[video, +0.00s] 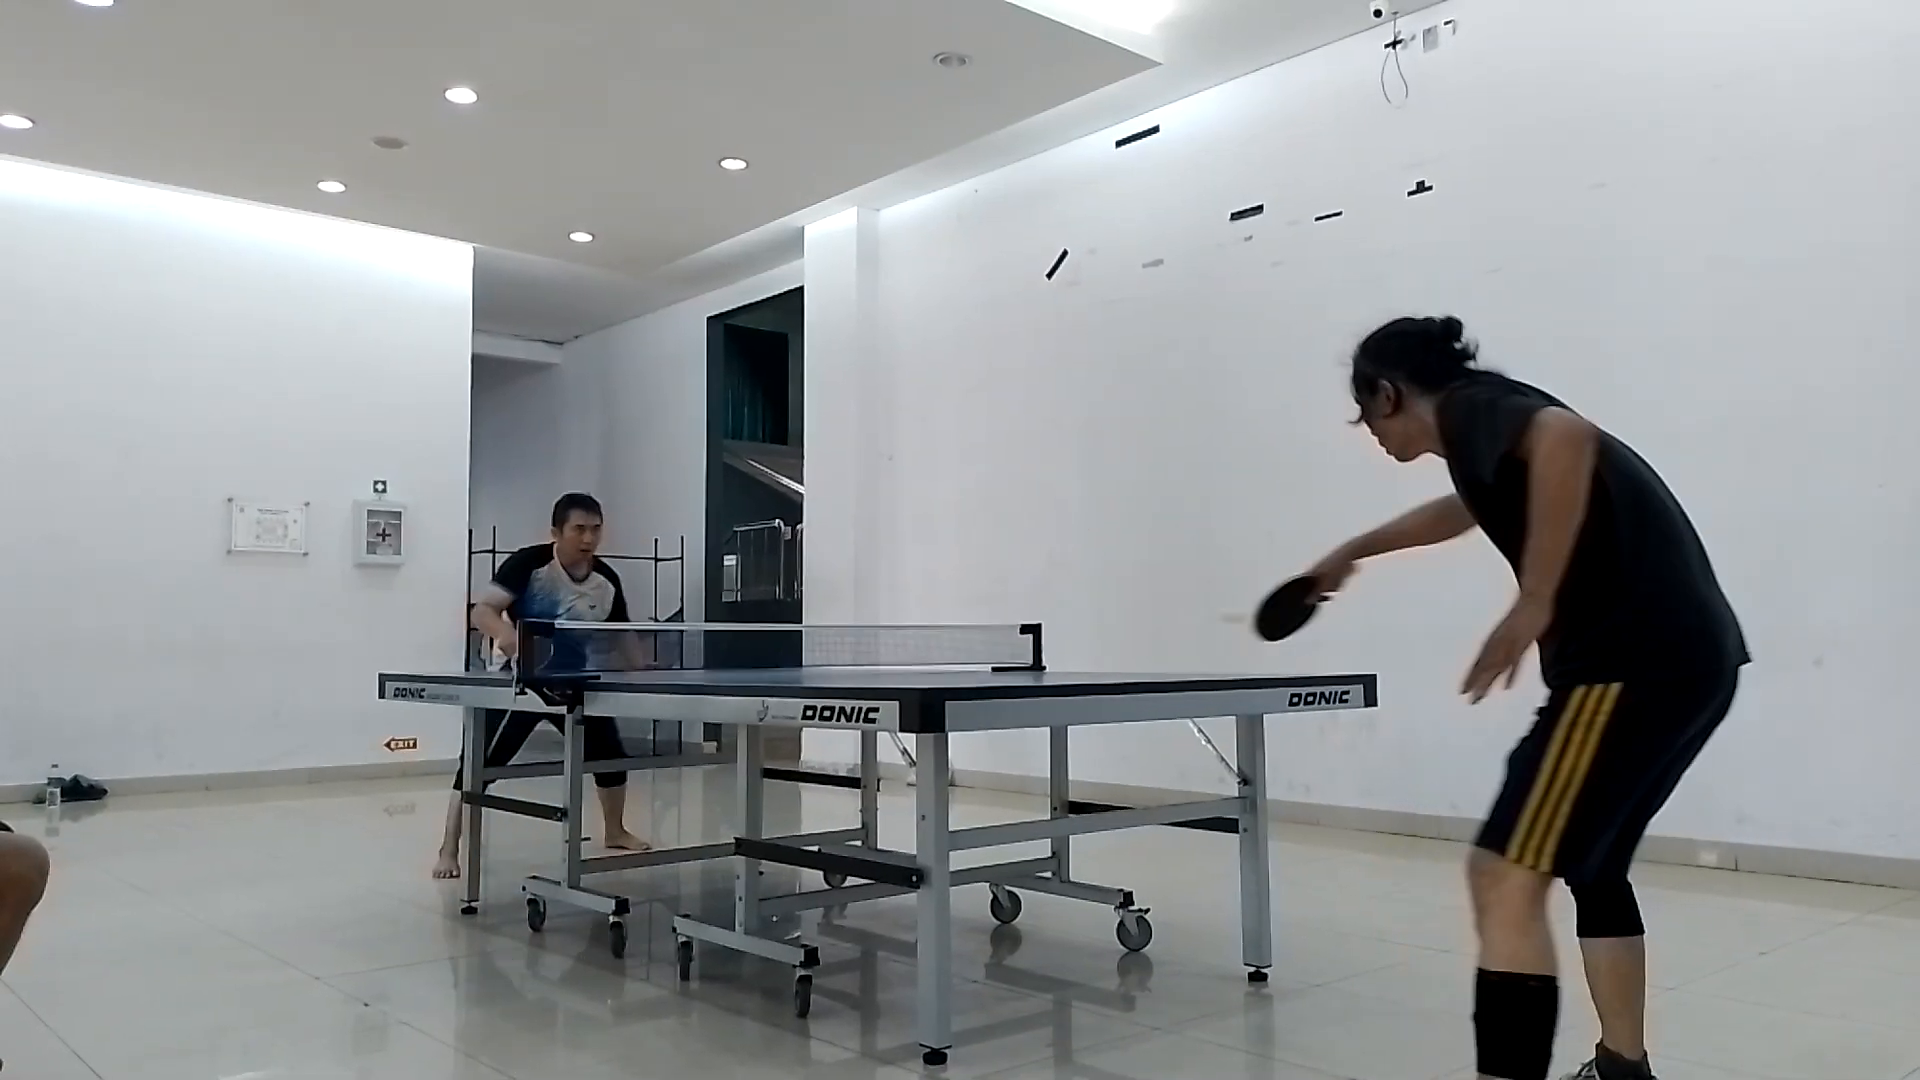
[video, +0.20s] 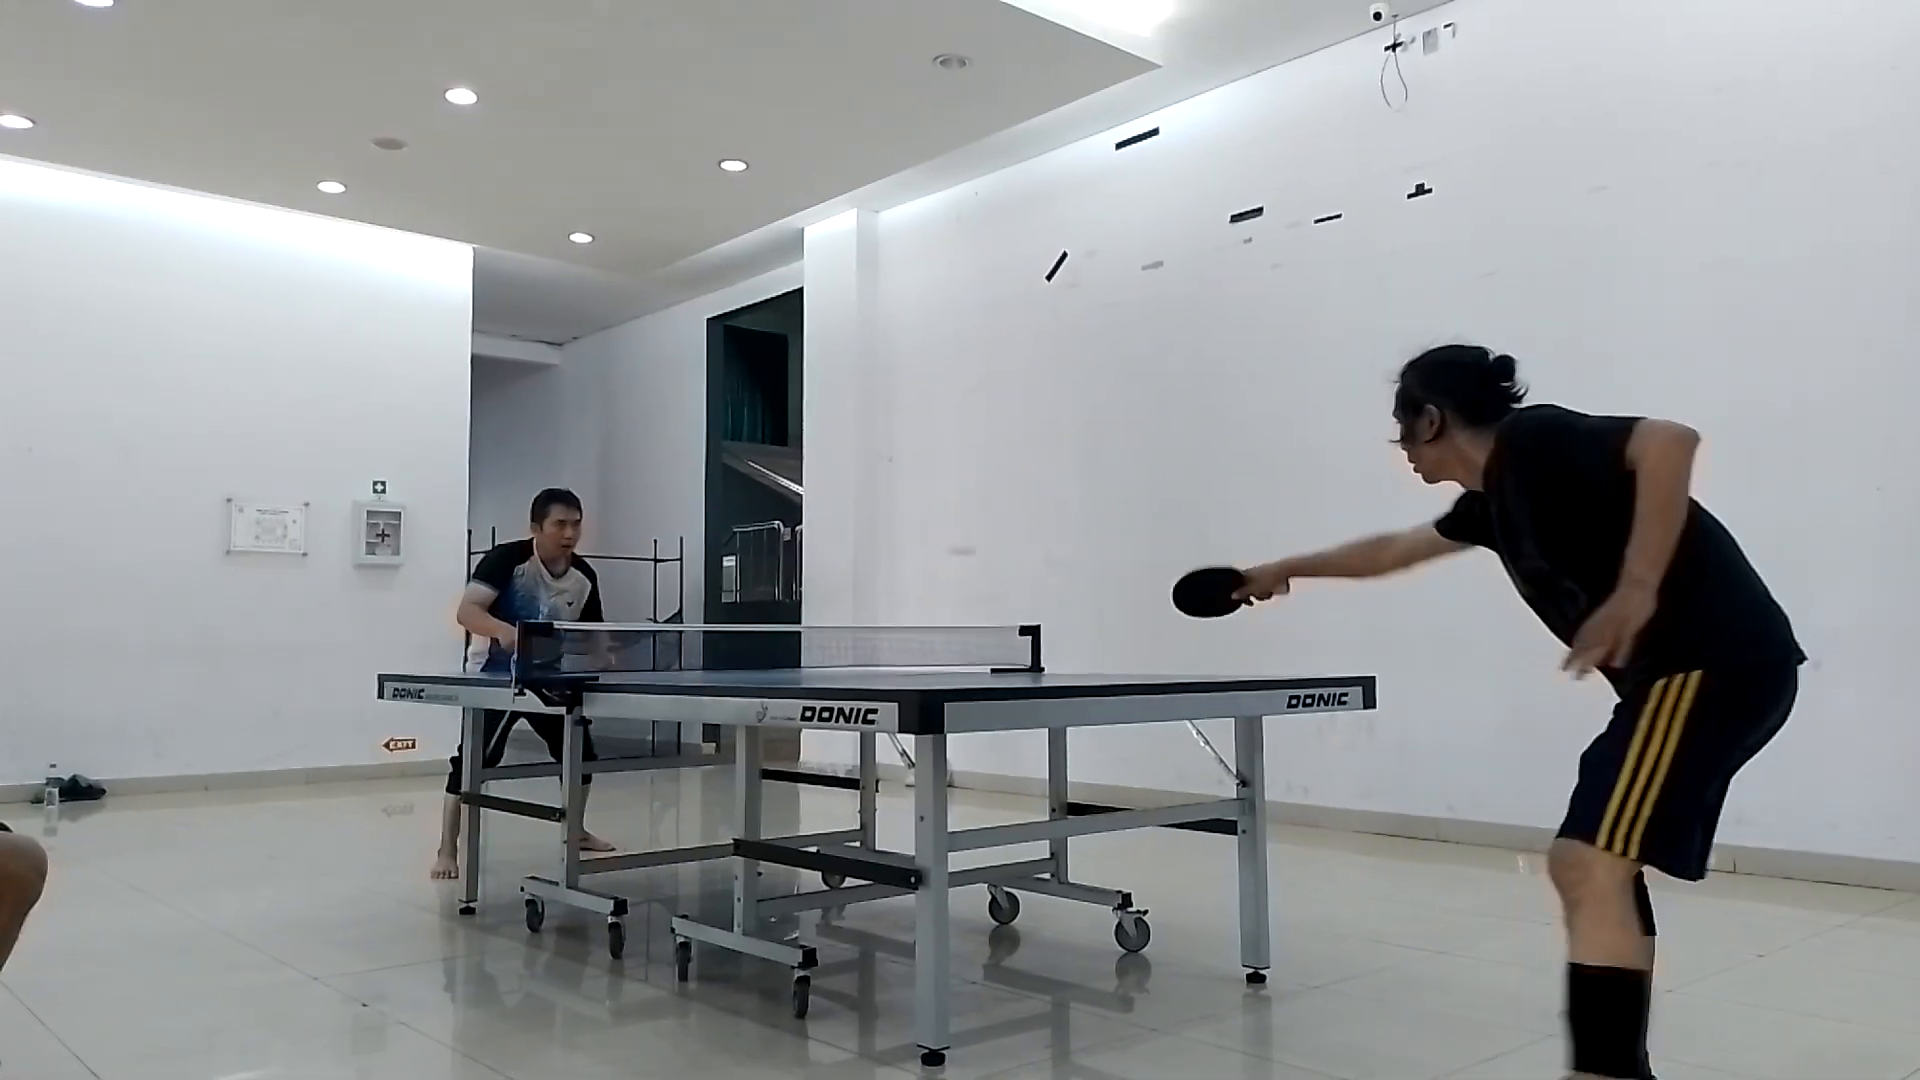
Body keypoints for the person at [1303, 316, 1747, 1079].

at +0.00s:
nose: (1372, 433)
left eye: (1370, 412)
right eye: (1365, 417)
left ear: (1397, 391)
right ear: (1422, 384)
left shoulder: (1468, 404)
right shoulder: (1491, 432)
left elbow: (1565, 435)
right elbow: (1460, 514)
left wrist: (1533, 600)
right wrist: (1350, 551)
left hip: (1629, 663)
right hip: (1688, 659)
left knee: (1503, 873)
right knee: (1595, 866)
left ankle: (1508, 1071)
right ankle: (1623, 1064)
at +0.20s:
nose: (1402, 448)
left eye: (1404, 428)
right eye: (1400, 432)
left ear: (1436, 422)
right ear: (1455, 422)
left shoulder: (1533, 440)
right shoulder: (1489, 509)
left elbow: (1670, 442)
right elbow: (1394, 551)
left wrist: (1635, 589)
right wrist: (1283, 570)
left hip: (1708, 664)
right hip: (1685, 672)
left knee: (1585, 861)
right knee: (1603, 862)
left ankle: (1606, 1067)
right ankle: (1619, 1063)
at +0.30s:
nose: (1422, 441)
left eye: (1421, 422)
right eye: (1418, 425)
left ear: (1453, 406)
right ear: (1469, 408)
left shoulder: (1550, 433)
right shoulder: (1525, 498)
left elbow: (1684, 449)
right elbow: (1474, 587)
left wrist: (1653, 599)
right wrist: (1339, 597)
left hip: (1734, 652)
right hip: (1693, 661)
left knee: (1628, 860)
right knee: (1604, 843)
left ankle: (1715, 1071)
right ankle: (1623, 1062)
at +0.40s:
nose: (1445, 412)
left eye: (1448, 391)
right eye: (1443, 394)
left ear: (1483, 381)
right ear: (1499, 382)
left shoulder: (1569, 416)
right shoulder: (1559, 464)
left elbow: (1690, 451)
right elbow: (1593, 600)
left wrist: (1637, 608)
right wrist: (1448, 640)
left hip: (1753, 656)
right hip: (1707, 667)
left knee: (1676, 883)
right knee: (1624, 835)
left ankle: (1834, 1070)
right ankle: (1623, 1060)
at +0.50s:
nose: (1476, 386)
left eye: (1479, 365)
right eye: (1474, 368)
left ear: (1513, 351)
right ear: (1532, 352)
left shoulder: (1594, 395)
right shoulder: (1588, 428)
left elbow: (1701, 444)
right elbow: (1667, 585)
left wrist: (1622, 616)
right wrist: (1570, 665)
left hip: (1783, 659)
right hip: (1741, 668)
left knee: (1757, 918)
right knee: (1677, 842)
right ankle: (1634, 1057)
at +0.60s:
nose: (1510, 364)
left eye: (1514, 341)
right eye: (1508, 345)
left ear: (1555, 326)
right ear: (1578, 324)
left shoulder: (1624, 377)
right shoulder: (1635, 390)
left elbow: (1736, 433)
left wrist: (1665, 609)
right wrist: (1657, 646)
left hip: (1824, 653)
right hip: (1800, 656)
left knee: (1792, 924)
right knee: (1732, 830)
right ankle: (1710, 1054)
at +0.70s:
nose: (1540, 345)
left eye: (1543, 320)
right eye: (1538, 325)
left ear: (1584, 304)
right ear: (1608, 304)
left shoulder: (1659, 354)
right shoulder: (1661, 379)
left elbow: (1798, 407)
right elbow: (1789, 535)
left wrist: (1752, 581)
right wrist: (1691, 636)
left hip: (1857, 632)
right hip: (1830, 635)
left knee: (1806, 898)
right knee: (1801, 893)